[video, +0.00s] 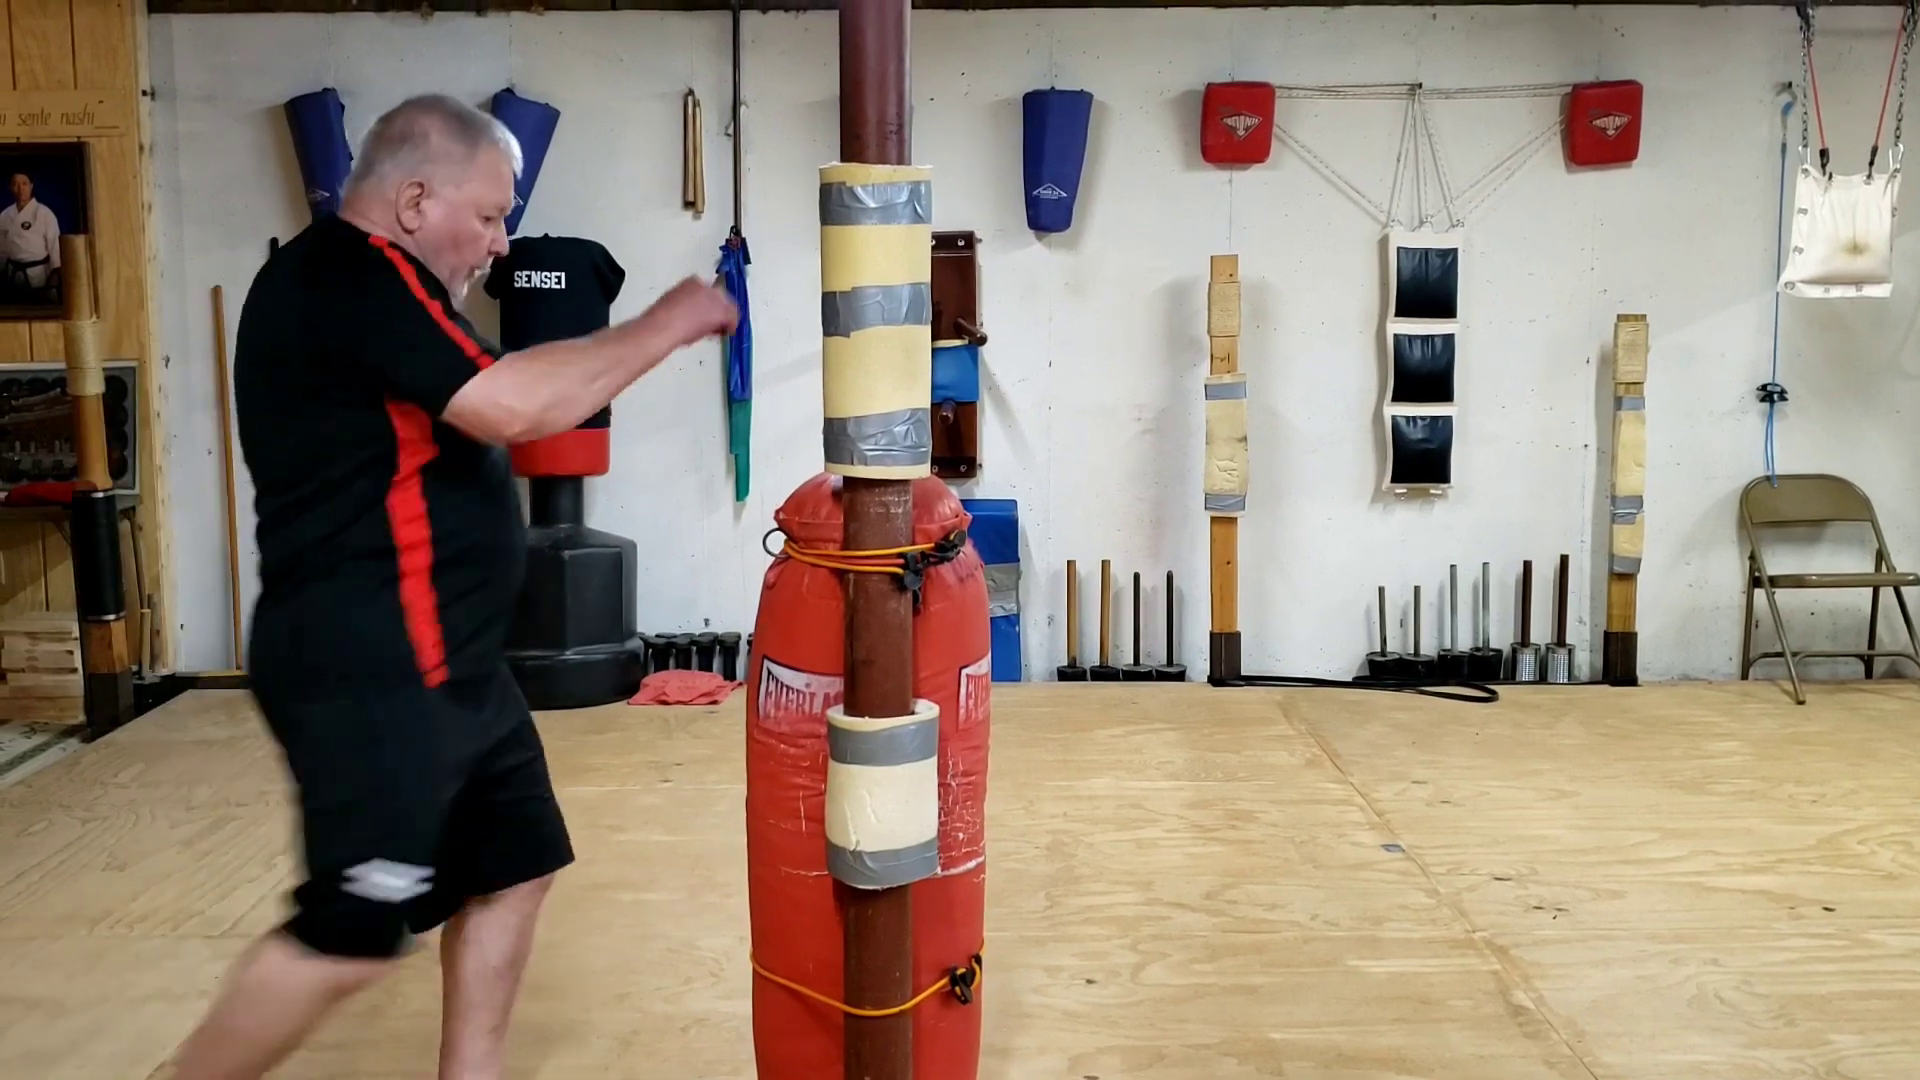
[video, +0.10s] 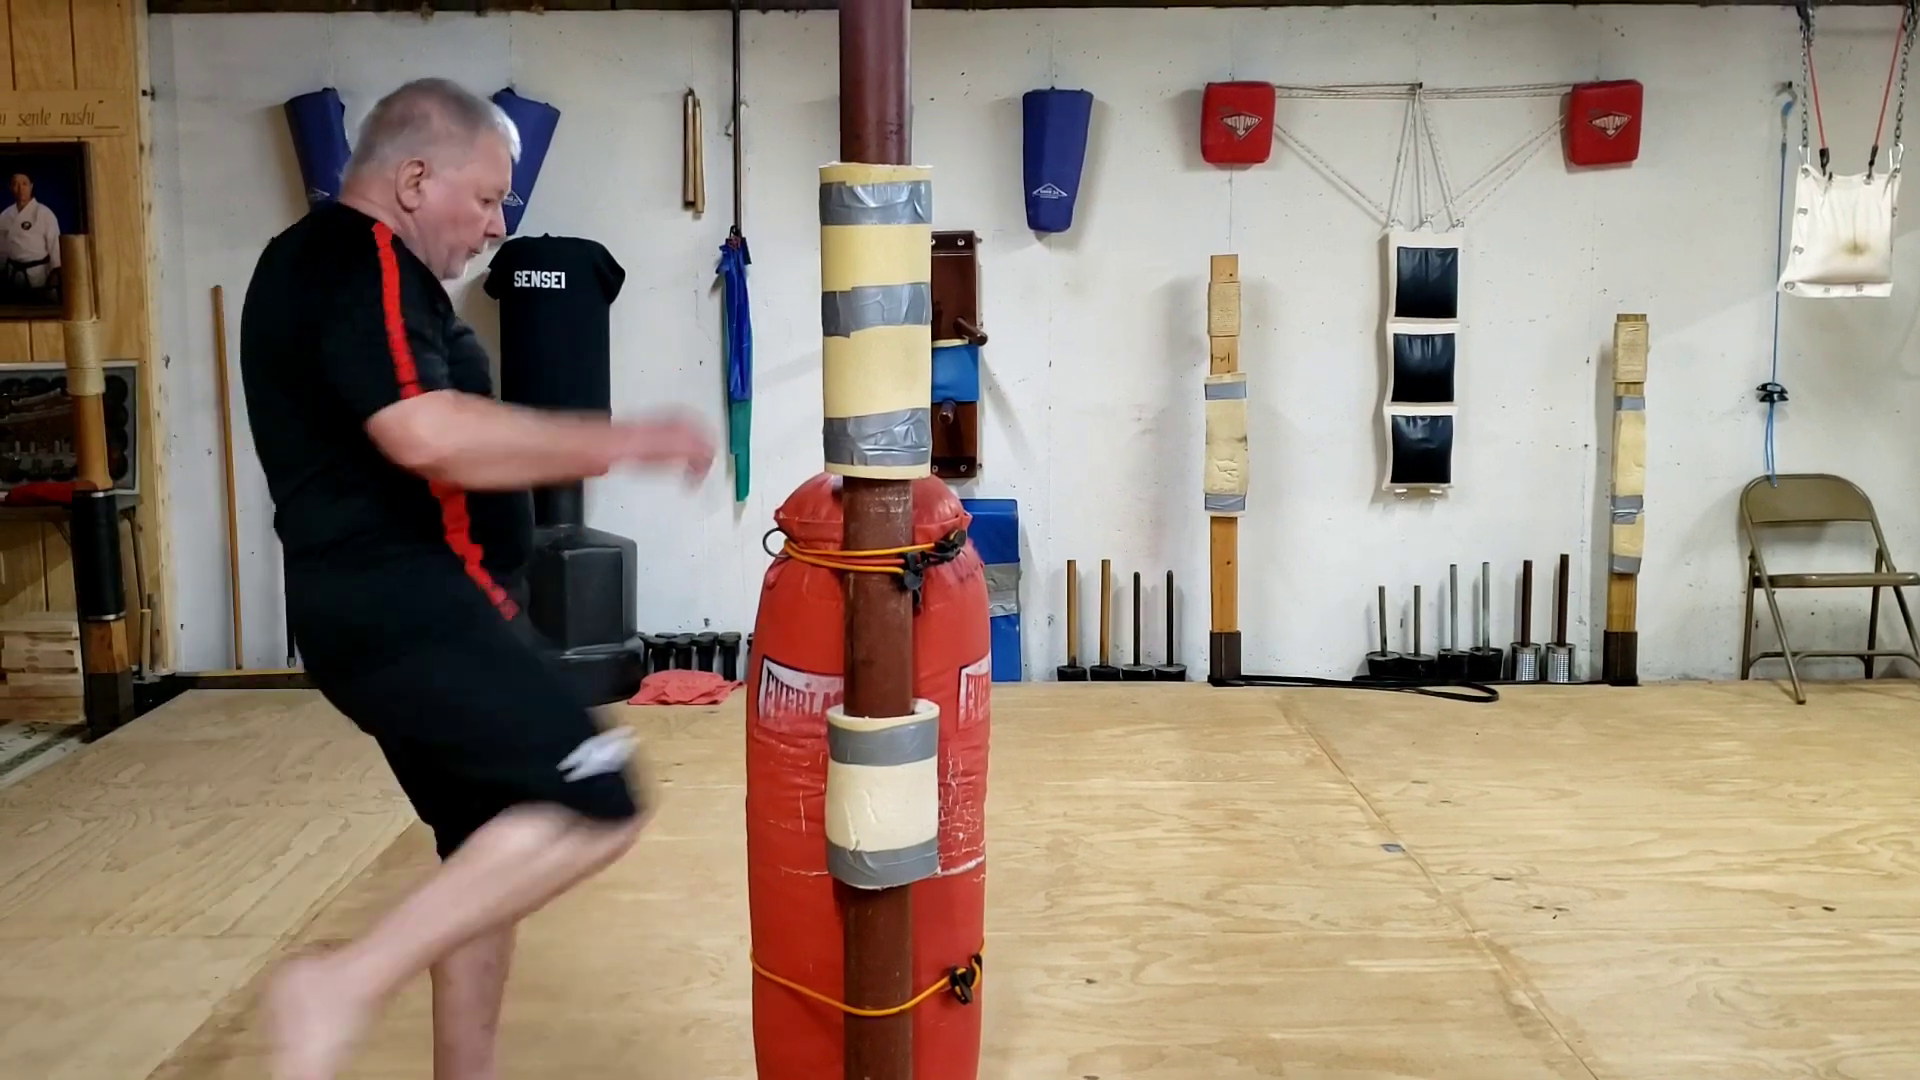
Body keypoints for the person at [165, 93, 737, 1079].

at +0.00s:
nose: (501, 245)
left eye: (504, 222)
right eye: (490, 218)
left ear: (411, 205)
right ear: (413, 203)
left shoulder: (372, 275)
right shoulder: (345, 278)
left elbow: (488, 397)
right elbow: (510, 404)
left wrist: (619, 349)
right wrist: (667, 326)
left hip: (450, 652)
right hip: (361, 664)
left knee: (513, 863)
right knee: (359, 920)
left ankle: (468, 1074)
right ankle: (190, 1071)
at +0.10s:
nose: (498, 229)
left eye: (502, 209)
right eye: (491, 202)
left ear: (407, 181)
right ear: (415, 177)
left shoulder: (330, 260)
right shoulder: (352, 258)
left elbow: (440, 433)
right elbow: (423, 432)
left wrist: (605, 444)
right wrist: (624, 441)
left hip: (374, 603)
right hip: (403, 602)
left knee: (488, 853)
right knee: (596, 800)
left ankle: (466, 1070)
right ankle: (338, 986)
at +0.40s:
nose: (518, 245)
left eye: (522, 222)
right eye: (509, 217)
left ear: (429, 200)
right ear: (434, 196)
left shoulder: (355, 267)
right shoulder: (367, 266)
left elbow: (395, 465)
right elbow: (371, 454)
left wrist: (519, 506)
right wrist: (550, 556)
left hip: (368, 610)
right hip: (395, 606)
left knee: (495, 850)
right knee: (643, 738)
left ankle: (474, 1052)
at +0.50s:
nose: (518, 242)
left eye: (523, 219)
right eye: (508, 214)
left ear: (431, 201)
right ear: (430, 196)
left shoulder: (392, 278)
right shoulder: (348, 266)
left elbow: (410, 460)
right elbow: (403, 449)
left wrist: (500, 537)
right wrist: (601, 463)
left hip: (433, 626)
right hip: (356, 635)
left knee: (505, 864)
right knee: (465, 880)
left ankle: (468, 1074)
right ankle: (270, 1074)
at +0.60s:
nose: (512, 255)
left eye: (514, 232)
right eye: (498, 228)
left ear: (416, 221)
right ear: (415, 218)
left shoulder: (377, 296)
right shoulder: (329, 287)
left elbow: (344, 502)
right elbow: (422, 465)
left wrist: (464, 582)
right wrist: (599, 422)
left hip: (433, 675)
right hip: (320, 689)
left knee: (515, 867)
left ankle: (472, 1075)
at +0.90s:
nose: (469, 258)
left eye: (474, 233)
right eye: (452, 232)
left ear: (369, 226)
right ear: (361, 223)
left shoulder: (427, 316)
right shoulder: (222, 318)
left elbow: (520, 401)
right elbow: (119, 505)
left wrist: (605, 349)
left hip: (404, 672)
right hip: (261, 695)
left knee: (495, 857)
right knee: (252, 956)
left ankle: (468, 1073)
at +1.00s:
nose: (478, 268)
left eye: (482, 244)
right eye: (461, 243)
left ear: (383, 235)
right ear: (373, 234)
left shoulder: (421, 311)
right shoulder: (242, 323)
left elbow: (553, 367)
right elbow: (104, 503)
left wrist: (691, 345)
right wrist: (203, 679)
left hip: (404, 695)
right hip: (286, 719)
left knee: (490, 860)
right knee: (258, 971)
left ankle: (466, 1074)